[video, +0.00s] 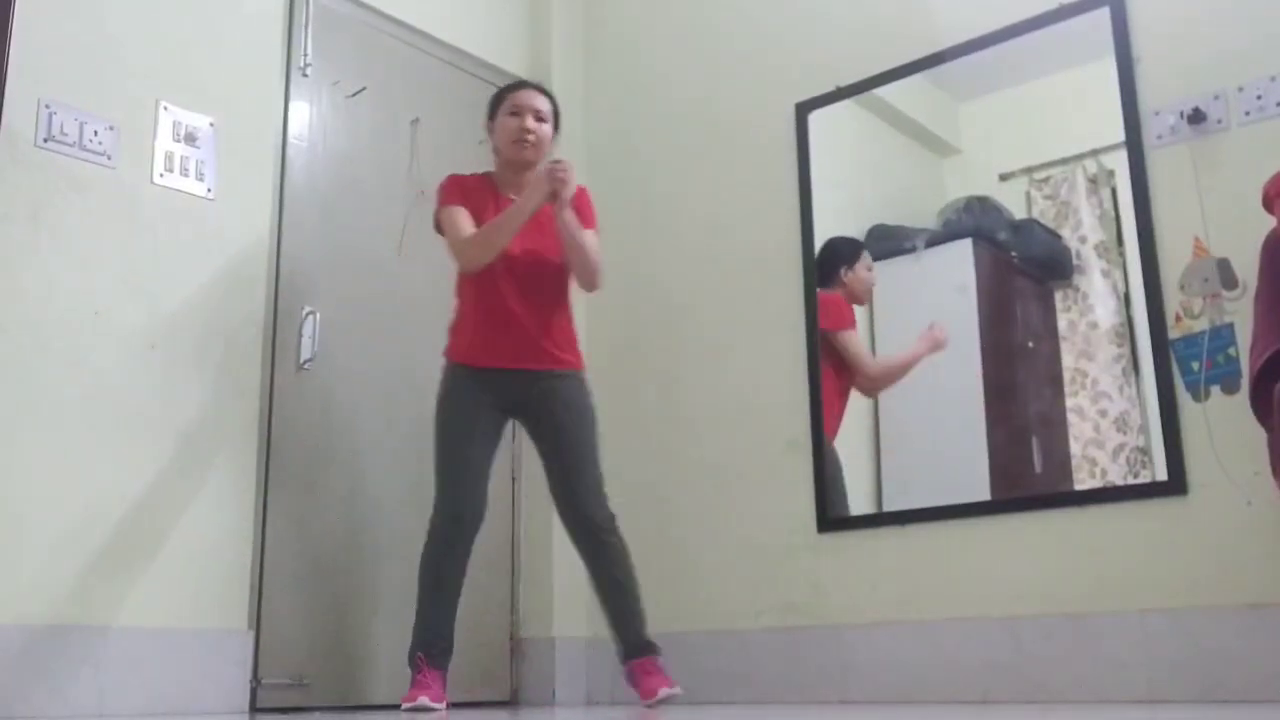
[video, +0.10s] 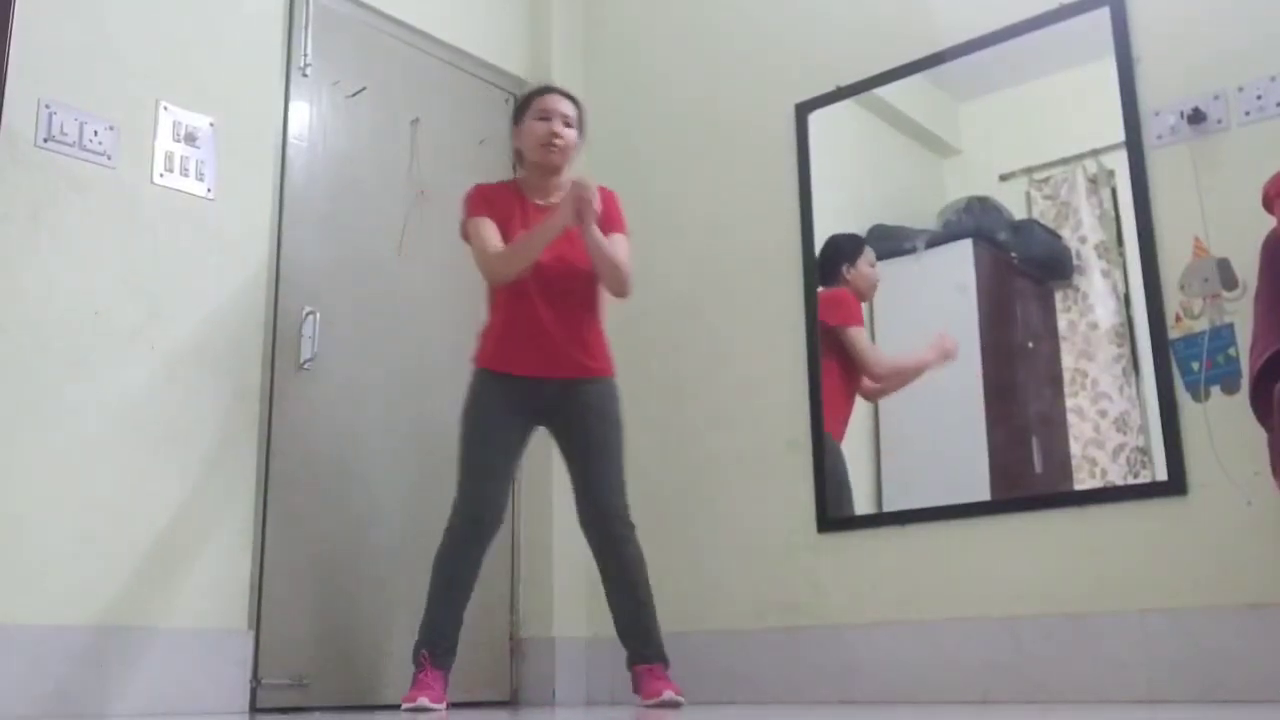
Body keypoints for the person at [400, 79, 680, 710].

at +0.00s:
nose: (528, 124)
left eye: (540, 117)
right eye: (515, 114)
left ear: (554, 137)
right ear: (491, 128)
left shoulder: (572, 198)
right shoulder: (461, 190)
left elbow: (590, 277)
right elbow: (469, 255)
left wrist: (559, 203)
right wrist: (533, 195)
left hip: (554, 376)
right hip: (475, 375)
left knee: (590, 517)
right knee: (457, 514)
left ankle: (641, 660)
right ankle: (428, 672)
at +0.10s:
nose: (555, 128)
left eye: (567, 123)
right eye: (542, 117)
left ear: (579, 143)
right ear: (515, 134)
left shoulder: (597, 200)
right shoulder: (488, 198)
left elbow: (621, 284)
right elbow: (497, 269)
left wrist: (588, 224)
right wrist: (560, 217)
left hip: (584, 381)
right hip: (505, 379)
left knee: (608, 518)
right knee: (476, 515)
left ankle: (650, 667)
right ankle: (431, 670)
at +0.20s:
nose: (590, 133)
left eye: (599, 127)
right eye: (576, 122)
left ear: (608, 147)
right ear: (545, 137)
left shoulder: (626, 207)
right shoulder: (515, 207)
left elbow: (650, 291)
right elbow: (520, 294)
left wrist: (618, 298)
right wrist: (579, 294)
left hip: (614, 385)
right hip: (535, 382)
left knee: (631, 520)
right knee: (501, 511)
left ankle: (652, 667)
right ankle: (441, 661)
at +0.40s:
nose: (640, 146)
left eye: (646, 139)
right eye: (628, 133)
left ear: (646, 150)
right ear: (589, 138)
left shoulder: (655, 212)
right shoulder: (543, 211)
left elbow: (702, 299)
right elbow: (519, 308)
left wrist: (716, 389)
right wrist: (519, 392)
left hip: (644, 378)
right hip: (567, 374)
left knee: (642, 511)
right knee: (586, 486)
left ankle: (653, 666)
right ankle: (562, 630)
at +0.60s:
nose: (645, 146)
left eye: (652, 137)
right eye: (634, 132)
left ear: (655, 148)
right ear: (596, 136)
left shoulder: (664, 204)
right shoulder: (550, 201)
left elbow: (735, 256)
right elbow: (481, 252)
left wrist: (752, 339)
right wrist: (503, 334)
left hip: (662, 375)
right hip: (587, 378)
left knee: (661, 515)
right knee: (626, 494)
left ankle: (656, 664)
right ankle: (621, 645)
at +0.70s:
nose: (637, 141)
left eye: (646, 132)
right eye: (624, 128)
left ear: (652, 146)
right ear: (591, 137)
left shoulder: (667, 206)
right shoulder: (551, 205)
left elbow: (728, 266)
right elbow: (486, 264)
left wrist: (746, 350)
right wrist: (504, 345)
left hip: (663, 375)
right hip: (587, 378)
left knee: (660, 514)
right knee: (619, 495)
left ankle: (656, 662)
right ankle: (615, 634)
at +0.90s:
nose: (614, 140)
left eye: (626, 131)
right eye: (601, 130)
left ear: (643, 148)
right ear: (581, 148)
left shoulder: (666, 218)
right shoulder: (555, 216)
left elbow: (694, 305)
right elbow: (526, 303)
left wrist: (665, 337)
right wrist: (560, 323)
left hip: (651, 387)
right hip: (576, 385)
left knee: (646, 517)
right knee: (548, 492)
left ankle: (654, 666)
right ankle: (563, 609)